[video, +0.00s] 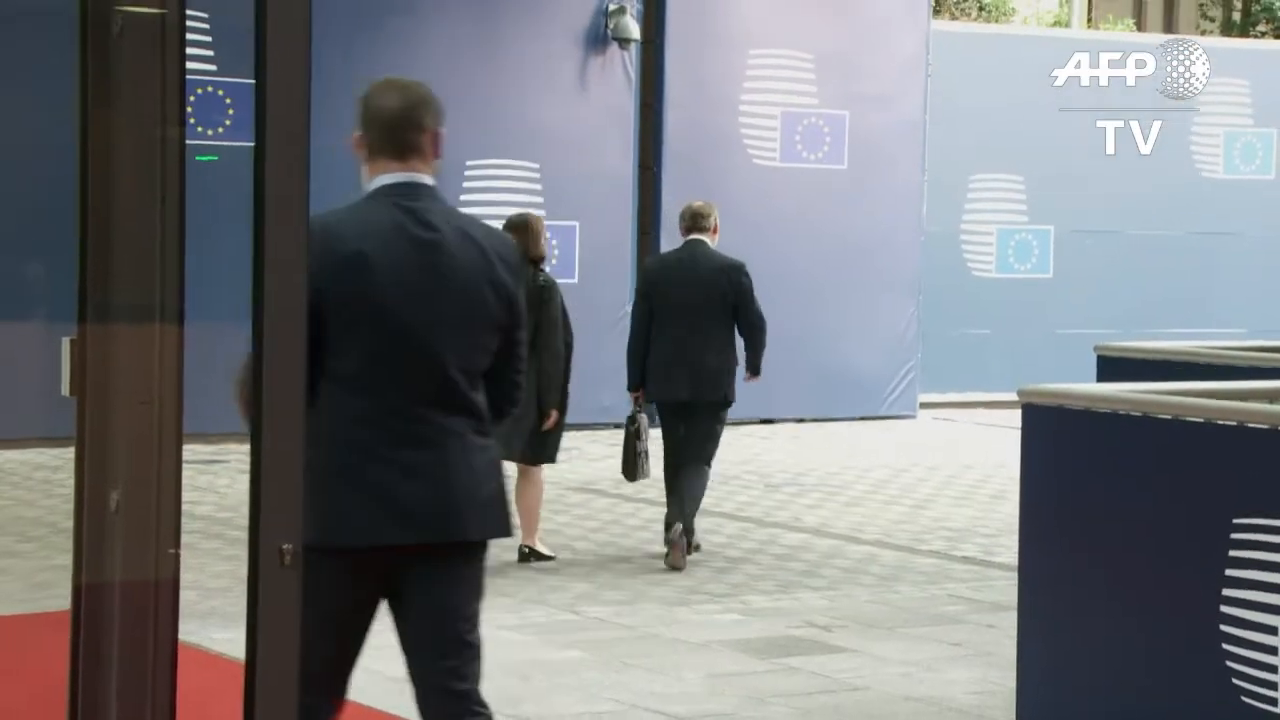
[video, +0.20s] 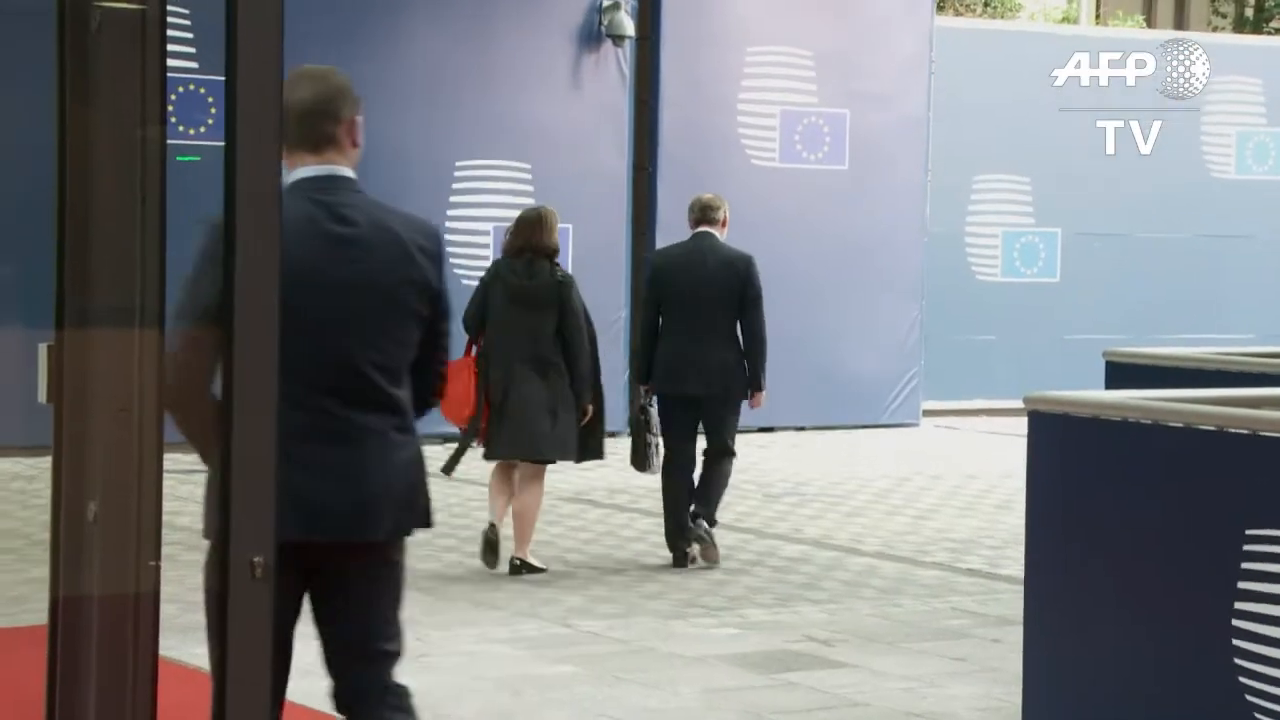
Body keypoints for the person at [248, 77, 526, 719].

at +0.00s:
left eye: (356, 139)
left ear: (358, 146)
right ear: (436, 143)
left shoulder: (319, 240)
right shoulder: (493, 254)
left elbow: (270, 379)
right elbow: (505, 393)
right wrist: (441, 439)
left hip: (339, 509)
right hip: (450, 511)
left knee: (306, 699)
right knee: (454, 698)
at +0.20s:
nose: (361, 135)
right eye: (360, 126)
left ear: (276, 137)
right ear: (352, 130)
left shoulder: (241, 231)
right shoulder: (414, 238)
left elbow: (182, 380)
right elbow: (427, 384)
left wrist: (234, 456)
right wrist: (362, 426)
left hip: (260, 498)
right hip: (371, 501)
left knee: (247, 698)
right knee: (371, 685)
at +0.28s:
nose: (332, 130)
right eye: (332, 122)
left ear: (249, 129)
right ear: (324, 126)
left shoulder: (209, 230)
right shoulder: (387, 235)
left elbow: (158, 372)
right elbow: (398, 379)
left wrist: (207, 452)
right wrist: (332, 417)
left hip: (239, 491)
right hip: (349, 491)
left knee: (236, 692)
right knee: (331, 666)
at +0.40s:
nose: (296, 125)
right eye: (296, 116)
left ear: (212, 123)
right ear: (288, 119)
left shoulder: (170, 225)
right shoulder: (349, 231)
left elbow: (144, 354)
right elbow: (355, 371)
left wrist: (165, 429)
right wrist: (296, 420)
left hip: (197, 483)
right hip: (307, 483)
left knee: (211, 672)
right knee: (282, 659)